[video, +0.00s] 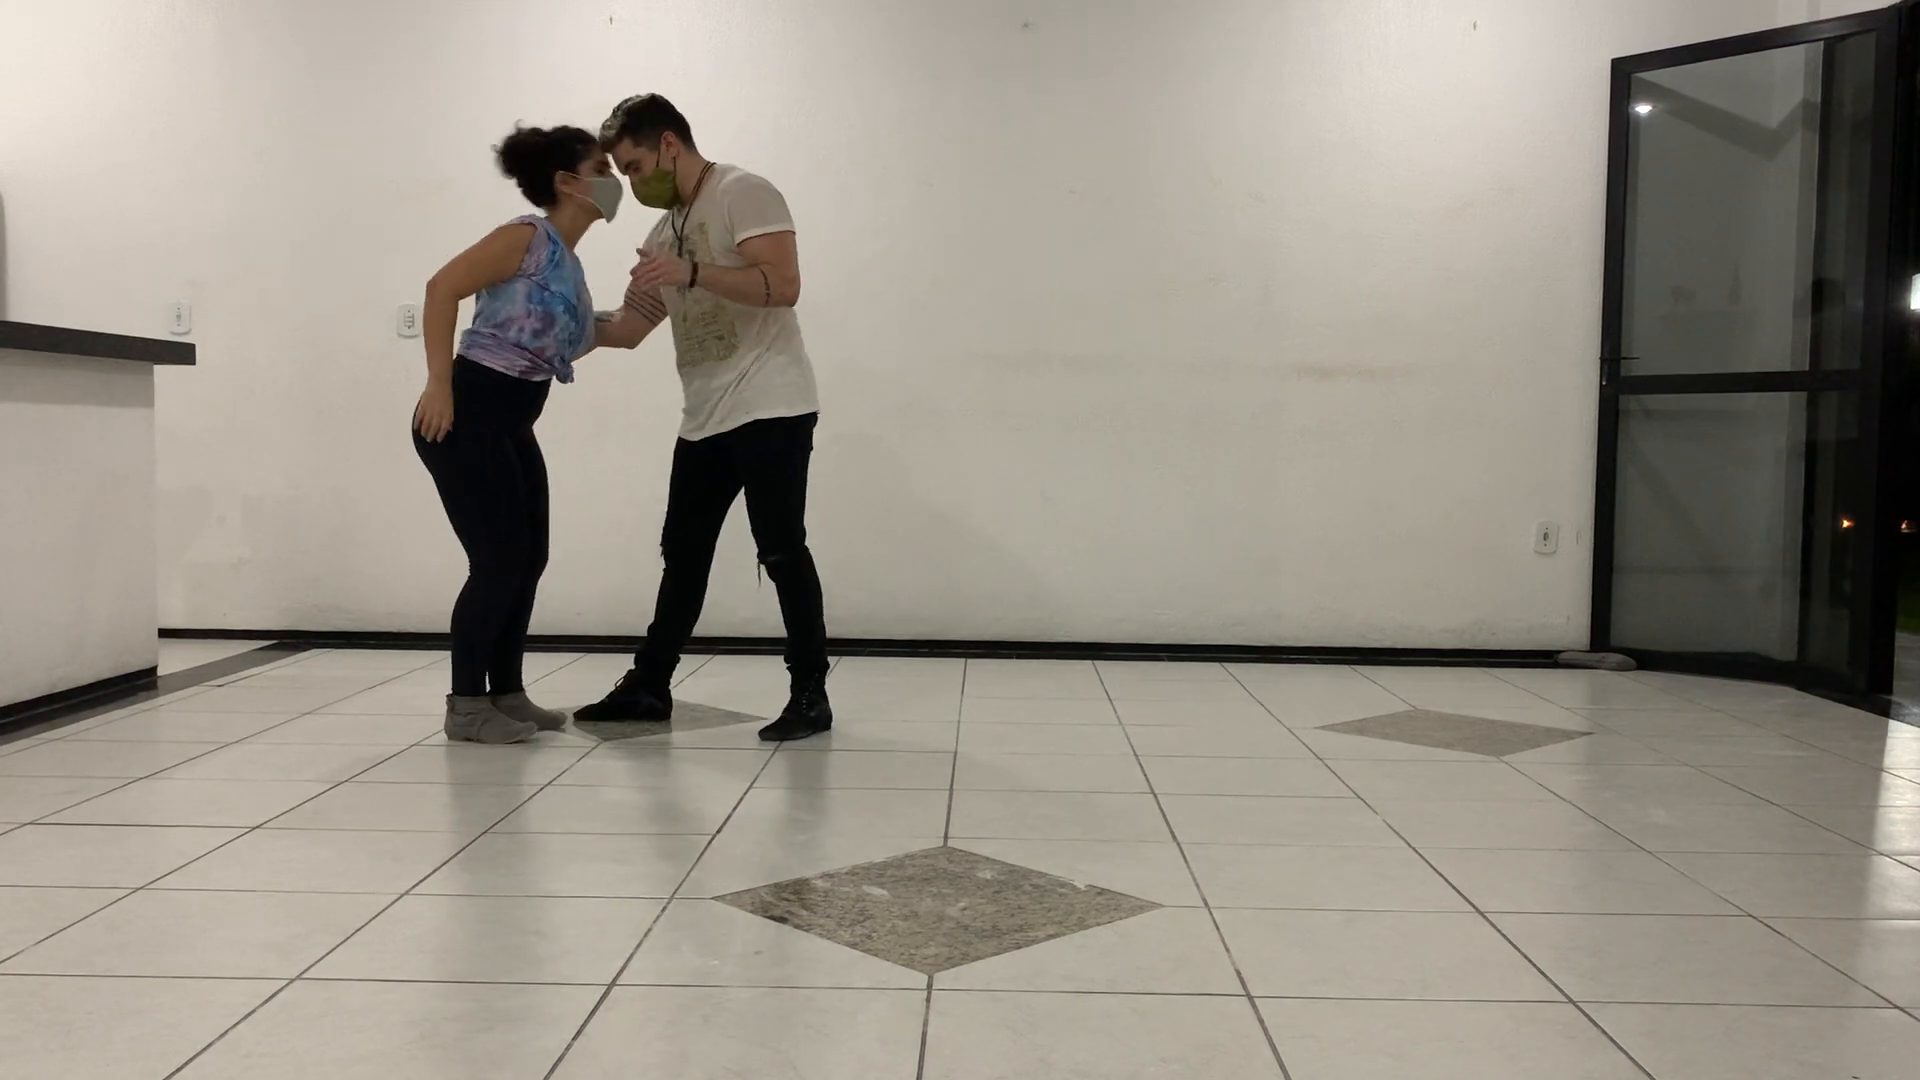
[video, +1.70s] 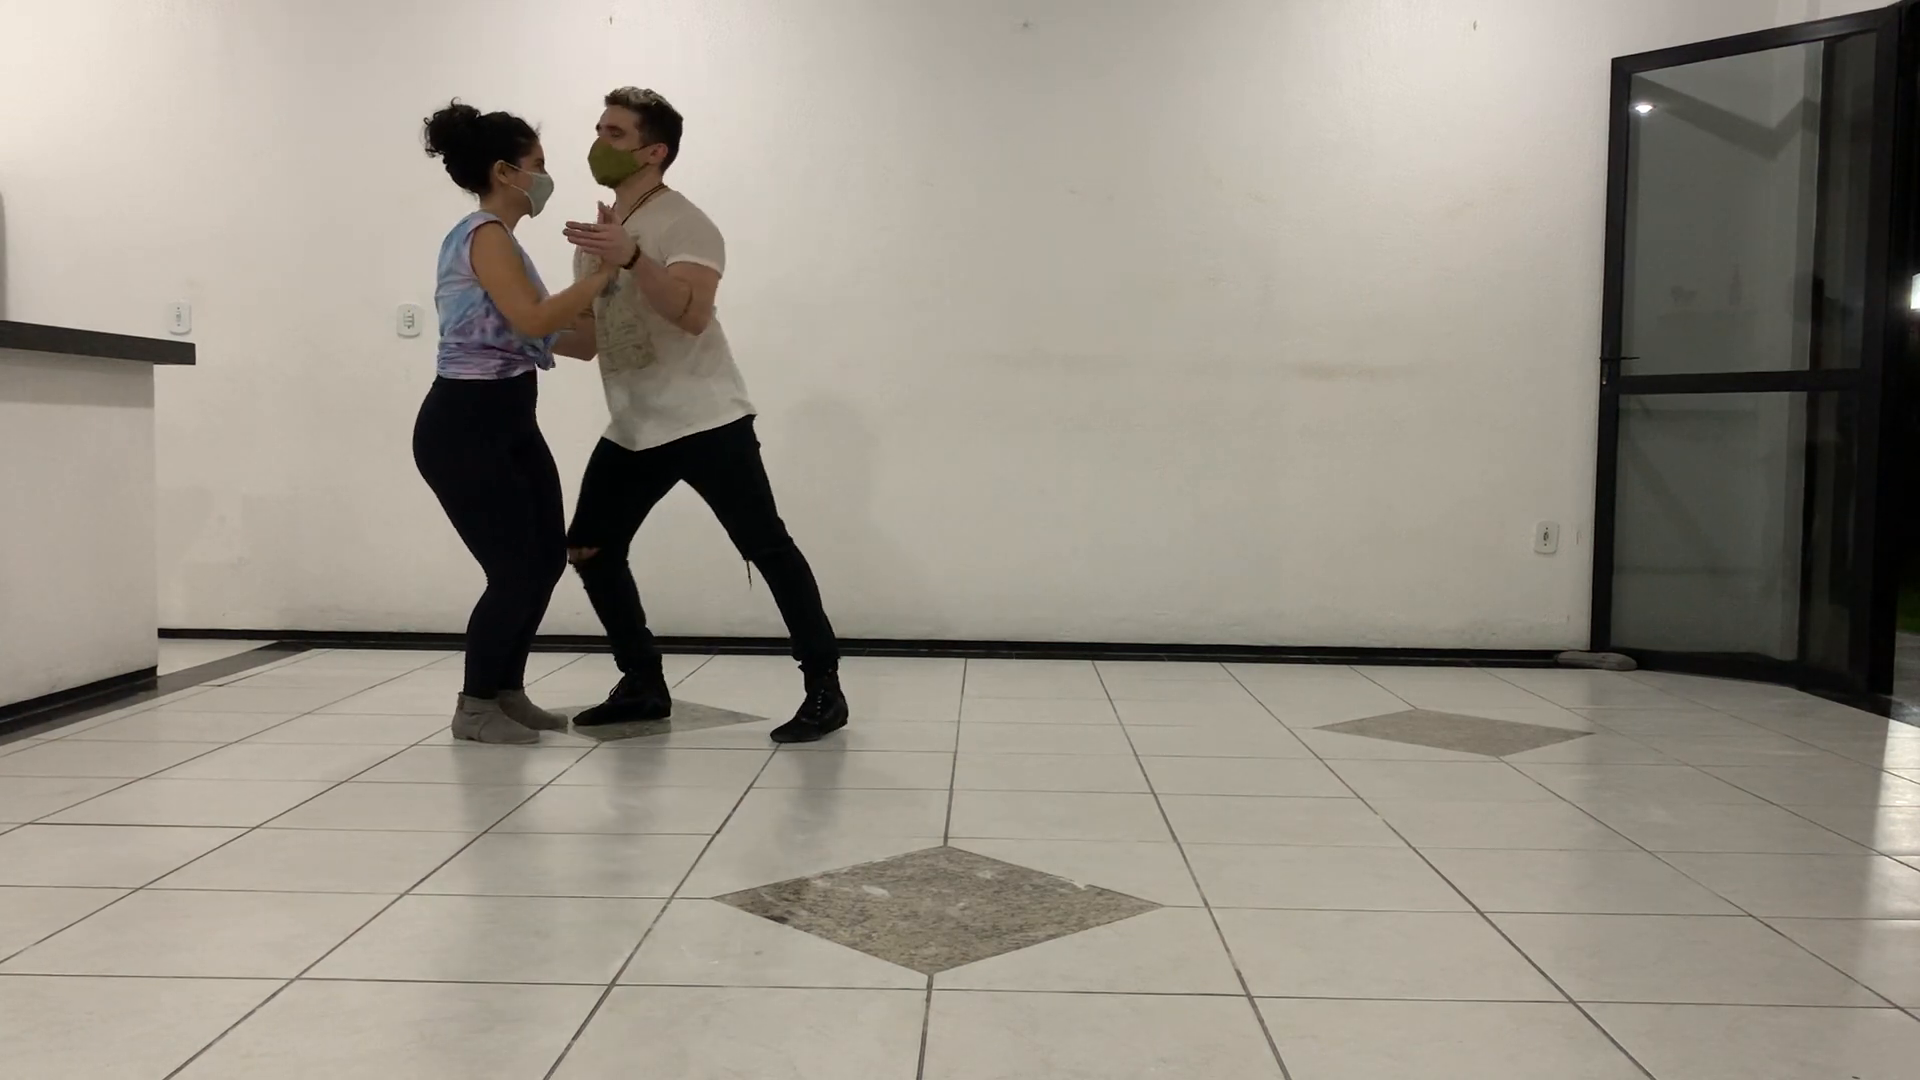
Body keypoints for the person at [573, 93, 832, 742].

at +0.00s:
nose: (632, 185)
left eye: (635, 168)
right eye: (624, 174)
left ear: (671, 144)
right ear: (659, 155)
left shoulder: (744, 193)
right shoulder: (665, 235)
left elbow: (782, 286)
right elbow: (626, 328)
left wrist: (691, 272)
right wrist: (540, 318)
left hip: (773, 400)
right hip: (706, 414)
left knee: (781, 548)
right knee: (684, 547)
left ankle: (810, 696)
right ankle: (648, 687)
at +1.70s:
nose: (597, 141)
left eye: (613, 133)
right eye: (599, 131)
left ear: (655, 149)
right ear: (612, 144)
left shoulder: (687, 224)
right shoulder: (605, 235)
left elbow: (693, 313)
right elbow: (600, 337)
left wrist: (632, 257)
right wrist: (520, 331)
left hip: (709, 420)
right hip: (637, 428)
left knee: (767, 547)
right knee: (592, 545)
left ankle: (825, 690)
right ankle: (643, 687)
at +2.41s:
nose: (654, 162)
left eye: (667, 151)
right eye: (650, 151)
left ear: (710, 156)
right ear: (650, 156)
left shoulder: (766, 234)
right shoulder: (642, 247)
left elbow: (791, 331)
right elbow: (561, 298)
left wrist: (712, 303)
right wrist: (467, 293)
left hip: (795, 407)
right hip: (718, 416)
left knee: (771, 547)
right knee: (666, 541)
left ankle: (737, 682)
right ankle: (639, 684)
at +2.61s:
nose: (696, 174)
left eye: (709, 162)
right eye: (691, 162)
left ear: (751, 168)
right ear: (690, 166)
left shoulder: (799, 235)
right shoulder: (694, 251)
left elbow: (790, 302)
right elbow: (628, 314)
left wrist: (712, 258)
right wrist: (552, 331)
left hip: (828, 418)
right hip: (752, 422)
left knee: (792, 554)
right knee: (687, 535)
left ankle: (742, 681)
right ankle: (659, 667)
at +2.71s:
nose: (719, 177)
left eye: (733, 166)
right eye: (717, 166)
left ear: (776, 173)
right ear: (719, 172)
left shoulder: (818, 241)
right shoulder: (715, 255)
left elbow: (798, 302)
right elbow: (651, 315)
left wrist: (717, 271)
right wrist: (577, 335)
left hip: (834, 424)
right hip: (760, 426)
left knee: (795, 557)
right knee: (699, 535)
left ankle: (742, 679)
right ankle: (740, 644)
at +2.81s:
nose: (741, 174)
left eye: (755, 164)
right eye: (738, 163)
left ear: (797, 172)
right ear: (736, 166)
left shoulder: (835, 244)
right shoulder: (731, 248)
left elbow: (833, 306)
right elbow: (673, 316)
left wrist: (755, 289)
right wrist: (602, 336)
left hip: (838, 426)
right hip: (766, 429)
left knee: (798, 562)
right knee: (725, 552)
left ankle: (743, 678)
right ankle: (819, 644)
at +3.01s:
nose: (770, 164)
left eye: (784, 153)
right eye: (765, 153)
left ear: (824, 160)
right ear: (761, 159)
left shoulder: (858, 224)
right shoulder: (758, 245)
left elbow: (912, 261)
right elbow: (718, 336)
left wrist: (826, 227)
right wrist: (665, 294)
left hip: (865, 407)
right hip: (795, 420)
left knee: (834, 544)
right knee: (799, 562)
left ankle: (770, 675)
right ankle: (872, 676)